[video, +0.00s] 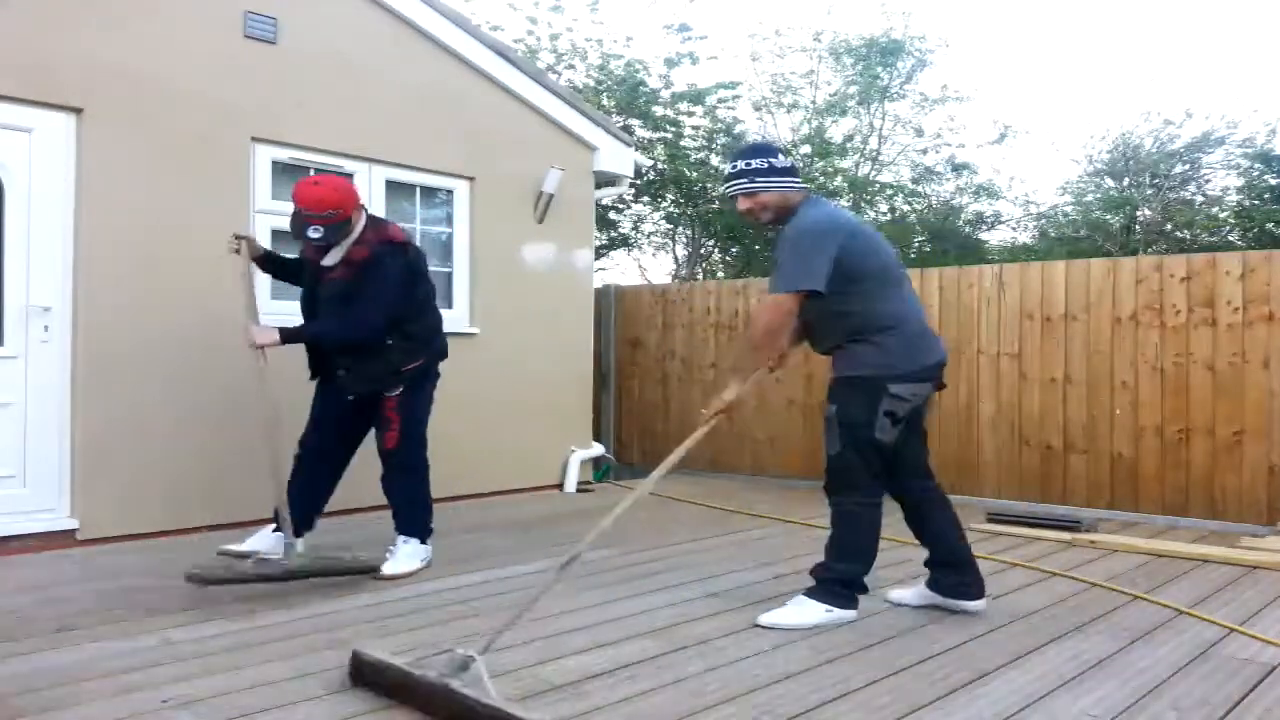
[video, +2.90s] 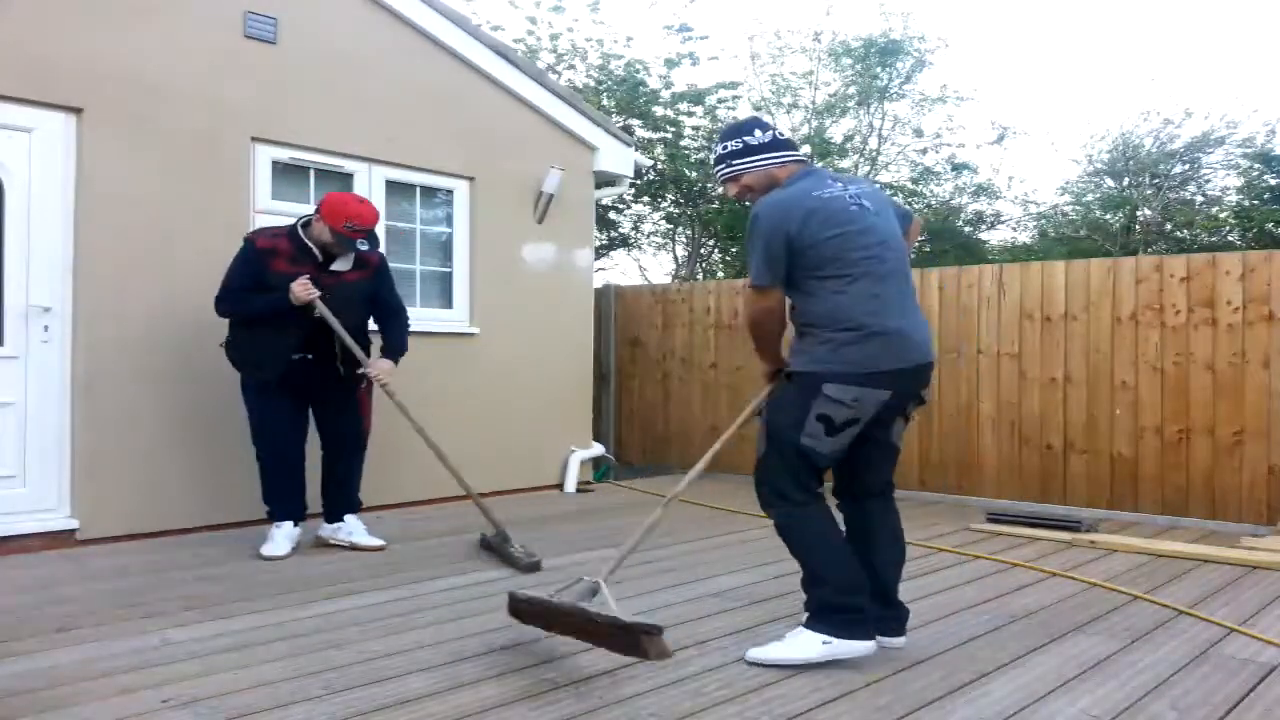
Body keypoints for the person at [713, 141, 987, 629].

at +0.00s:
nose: (743, 206)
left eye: (749, 193)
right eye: (737, 197)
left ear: (780, 185)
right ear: (787, 189)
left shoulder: (807, 228)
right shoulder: (823, 219)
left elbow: (772, 321)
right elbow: (812, 312)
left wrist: (765, 354)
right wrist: (778, 345)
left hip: (875, 367)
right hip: (905, 361)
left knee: (852, 483)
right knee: (910, 478)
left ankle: (835, 593)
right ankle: (959, 583)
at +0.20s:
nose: (780, 205)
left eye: (785, 193)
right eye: (776, 195)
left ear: (815, 186)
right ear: (824, 187)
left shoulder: (840, 223)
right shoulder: (863, 219)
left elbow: (807, 305)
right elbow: (860, 293)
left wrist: (768, 366)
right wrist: (820, 330)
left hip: (898, 372)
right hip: (936, 366)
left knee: (871, 489)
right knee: (938, 484)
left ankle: (837, 593)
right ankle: (969, 590)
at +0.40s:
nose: (808, 209)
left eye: (811, 196)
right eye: (802, 200)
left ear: (842, 186)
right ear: (851, 188)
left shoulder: (864, 224)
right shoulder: (897, 216)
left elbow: (853, 307)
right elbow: (907, 306)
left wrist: (834, 366)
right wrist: (859, 362)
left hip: (917, 365)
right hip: (959, 362)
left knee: (858, 471)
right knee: (936, 475)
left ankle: (863, 598)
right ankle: (968, 590)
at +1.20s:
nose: (740, 232)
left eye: (737, 218)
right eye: (732, 225)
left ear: (761, 200)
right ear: (769, 197)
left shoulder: (813, 228)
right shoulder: (836, 222)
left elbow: (792, 320)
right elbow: (841, 319)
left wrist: (756, 390)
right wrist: (787, 357)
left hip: (917, 363)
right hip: (956, 355)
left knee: (894, 488)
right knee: (942, 479)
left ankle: (892, 615)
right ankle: (957, 592)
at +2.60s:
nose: (727, 197)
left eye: (727, 184)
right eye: (720, 188)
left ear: (753, 166)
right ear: (774, 161)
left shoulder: (784, 203)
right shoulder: (833, 190)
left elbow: (765, 289)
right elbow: (870, 267)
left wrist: (728, 357)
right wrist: (807, 305)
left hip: (881, 363)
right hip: (922, 356)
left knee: (871, 498)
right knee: (890, 493)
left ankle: (859, 636)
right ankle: (896, 615)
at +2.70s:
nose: (736, 193)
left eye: (735, 180)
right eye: (730, 185)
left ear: (761, 159)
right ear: (780, 155)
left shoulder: (783, 203)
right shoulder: (853, 186)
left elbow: (760, 305)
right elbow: (877, 263)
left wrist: (753, 362)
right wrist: (827, 307)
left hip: (865, 364)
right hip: (913, 356)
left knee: (858, 498)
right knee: (876, 492)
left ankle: (861, 637)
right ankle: (871, 613)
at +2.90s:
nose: (735, 192)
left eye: (735, 178)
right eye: (728, 183)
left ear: (764, 162)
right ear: (785, 159)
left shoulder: (775, 210)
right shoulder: (862, 188)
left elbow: (764, 313)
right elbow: (909, 224)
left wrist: (773, 362)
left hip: (843, 363)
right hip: (907, 357)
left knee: (784, 483)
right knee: (866, 485)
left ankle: (842, 622)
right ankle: (883, 617)